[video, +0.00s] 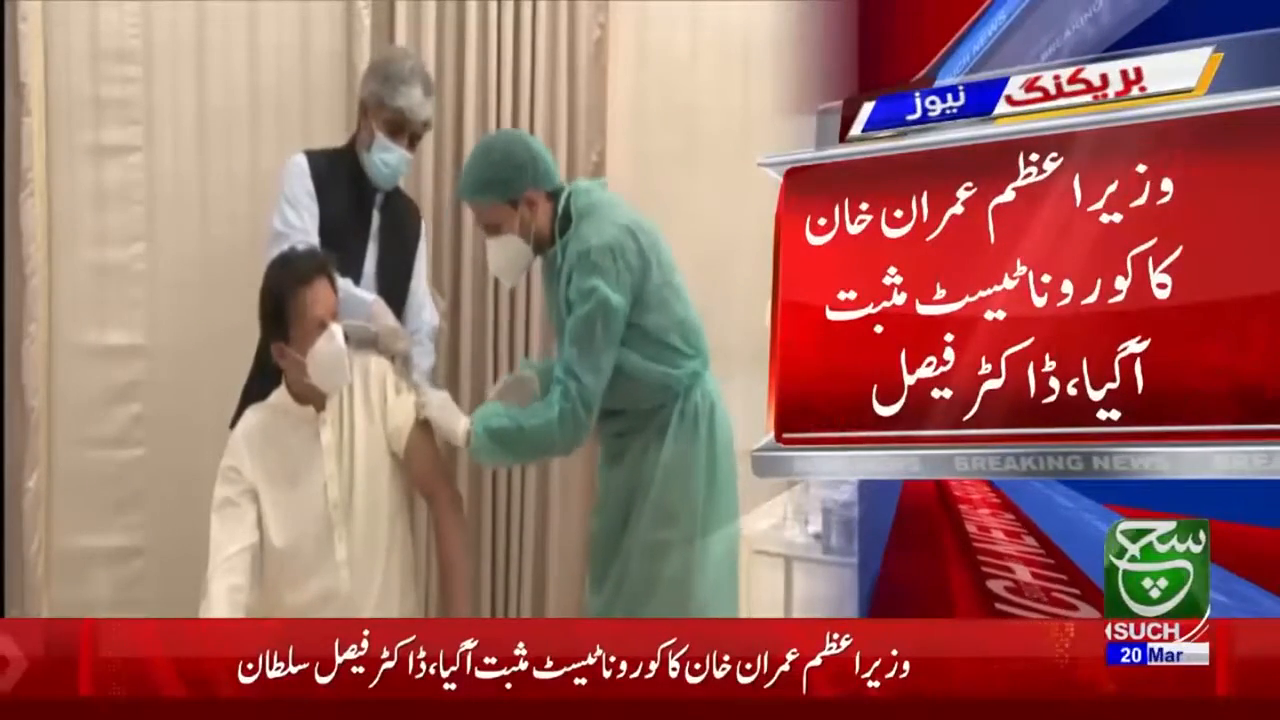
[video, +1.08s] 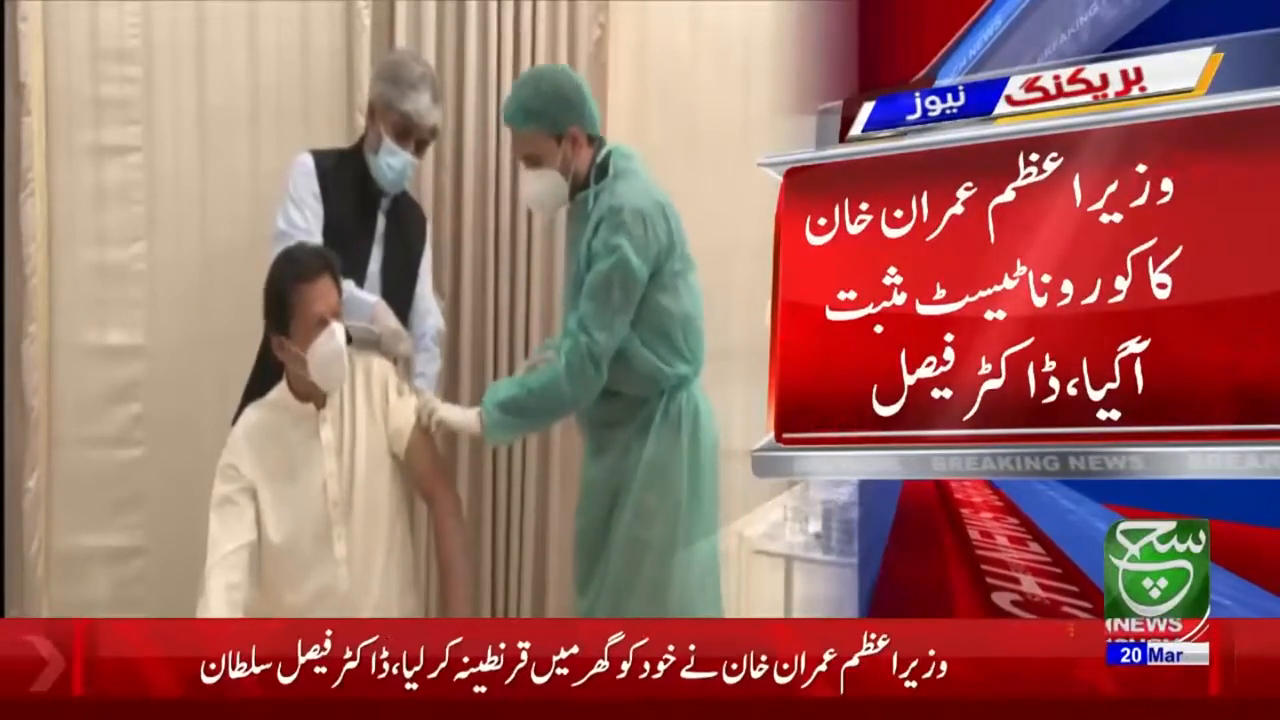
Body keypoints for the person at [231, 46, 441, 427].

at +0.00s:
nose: (401, 150)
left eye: (414, 139)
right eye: (393, 132)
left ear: (424, 137)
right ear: (364, 116)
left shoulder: (409, 217)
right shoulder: (308, 171)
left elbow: (420, 319)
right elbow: (292, 267)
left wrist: (412, 394)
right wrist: (370, 310)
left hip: (372, 389)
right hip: (298, 376)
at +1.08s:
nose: (407, 155)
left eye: (421, 145)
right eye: (399, 136)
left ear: (430, 145)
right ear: (371, 118)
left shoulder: (412, 218)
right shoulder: (314, 172)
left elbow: (425, 321)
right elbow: (296, 269)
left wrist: (419, 403)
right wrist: (371, 312)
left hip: (372, 391)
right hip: (297, 377)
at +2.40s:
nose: (351, 78)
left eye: (364, 61)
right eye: (334, 58)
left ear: (376, 60)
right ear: (298, 51)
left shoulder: (377, 171)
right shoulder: (242, 127)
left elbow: (393, 303)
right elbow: (230, 249)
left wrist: (375, 385)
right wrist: (333, 299)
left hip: (333, 398)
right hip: (238, 383)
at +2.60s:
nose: (352, 77)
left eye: (364, 61)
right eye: (334, 58)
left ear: (377, 60)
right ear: (298, 51)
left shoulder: (378, 173)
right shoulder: (242, 129)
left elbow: (394, 307)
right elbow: (232, 252)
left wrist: (374, 389)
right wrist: (333, 298)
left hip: (334, 401)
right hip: (237, 386)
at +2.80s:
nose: (351, 78)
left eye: (364, 62)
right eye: (334, 59)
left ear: (377, 62)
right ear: (299, 52)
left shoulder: (378, 173)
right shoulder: (242, 129)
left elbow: (394, 307)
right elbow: (232, 253)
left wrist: (373, 393)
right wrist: (335, 299)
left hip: (332, 401)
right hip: (237, 385)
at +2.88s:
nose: (351, 78)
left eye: (364, 61)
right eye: (334, 58)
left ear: (377, 62)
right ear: (299, 52)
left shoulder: (378, 173)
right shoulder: (242, 129)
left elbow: (394, 306)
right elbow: (232, 252)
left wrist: (375, 390)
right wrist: (336, 299)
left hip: (332, 400)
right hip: (237, 385)